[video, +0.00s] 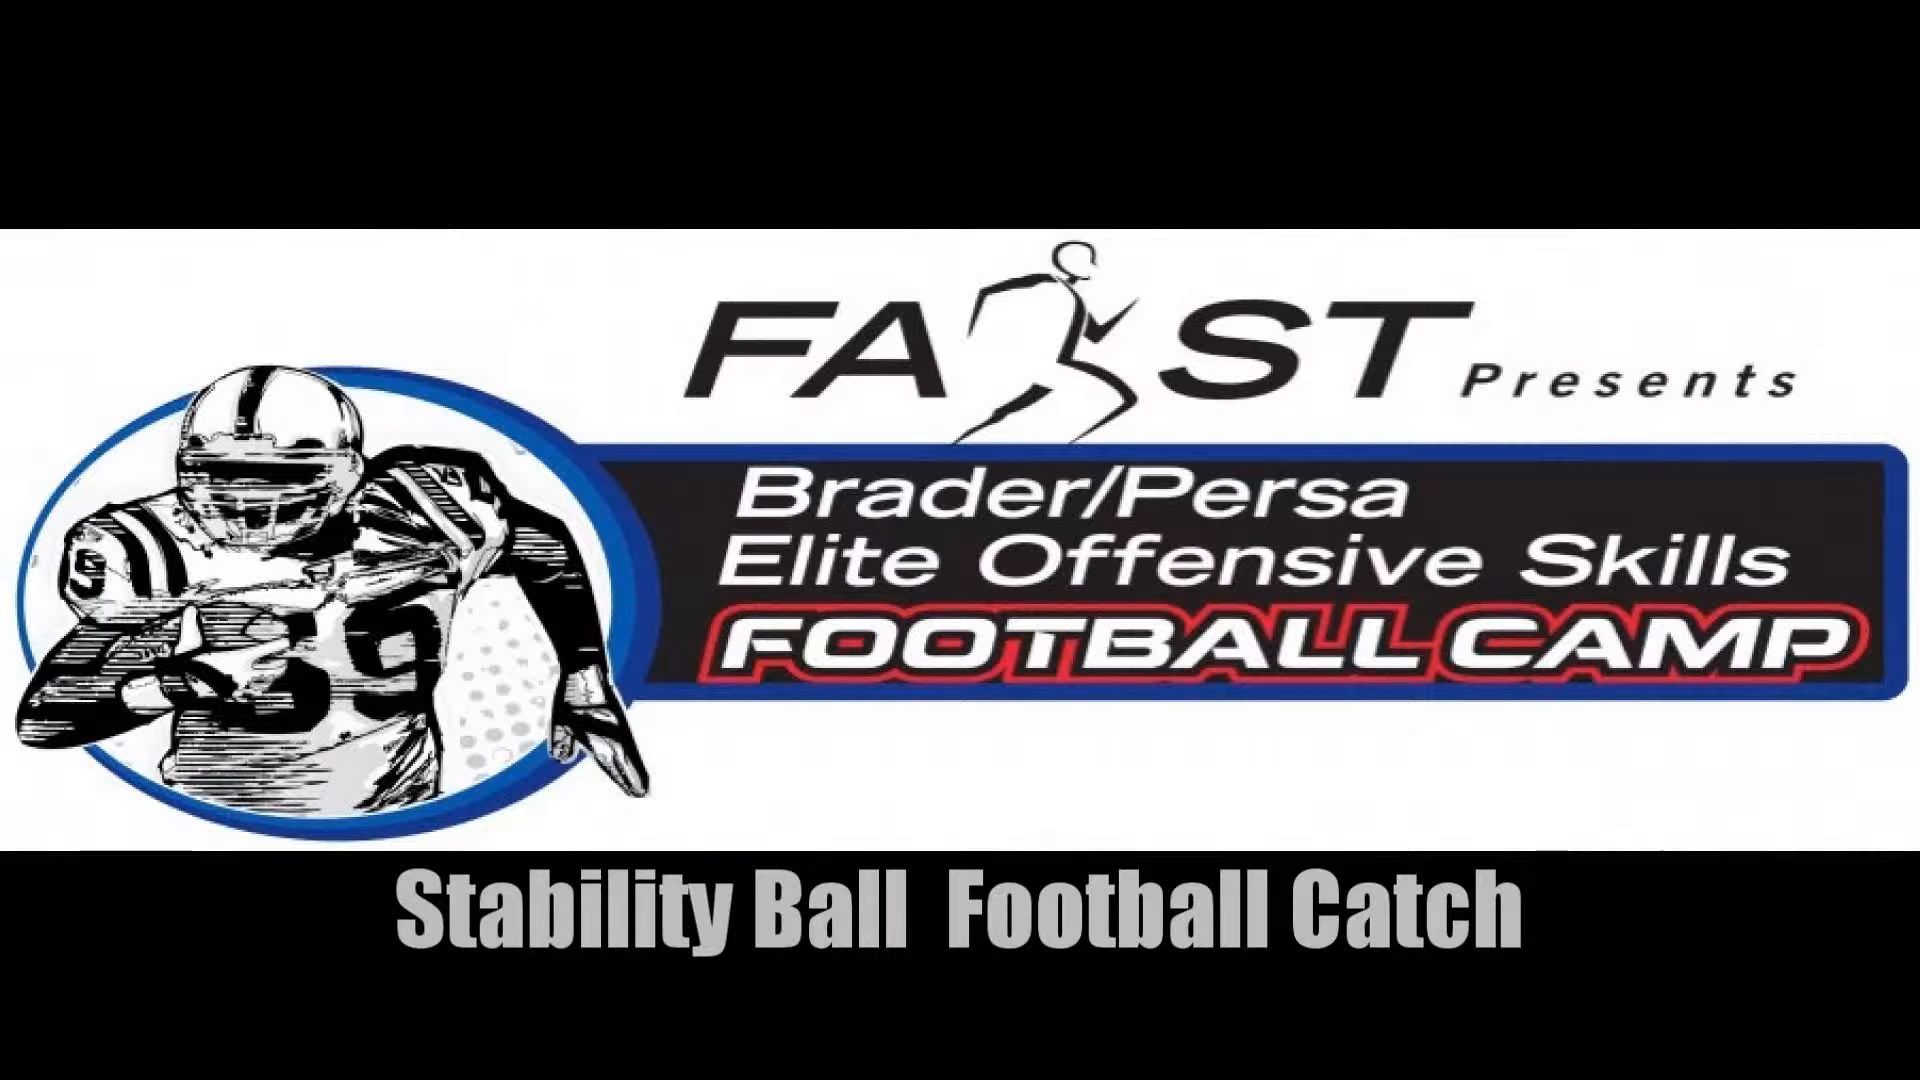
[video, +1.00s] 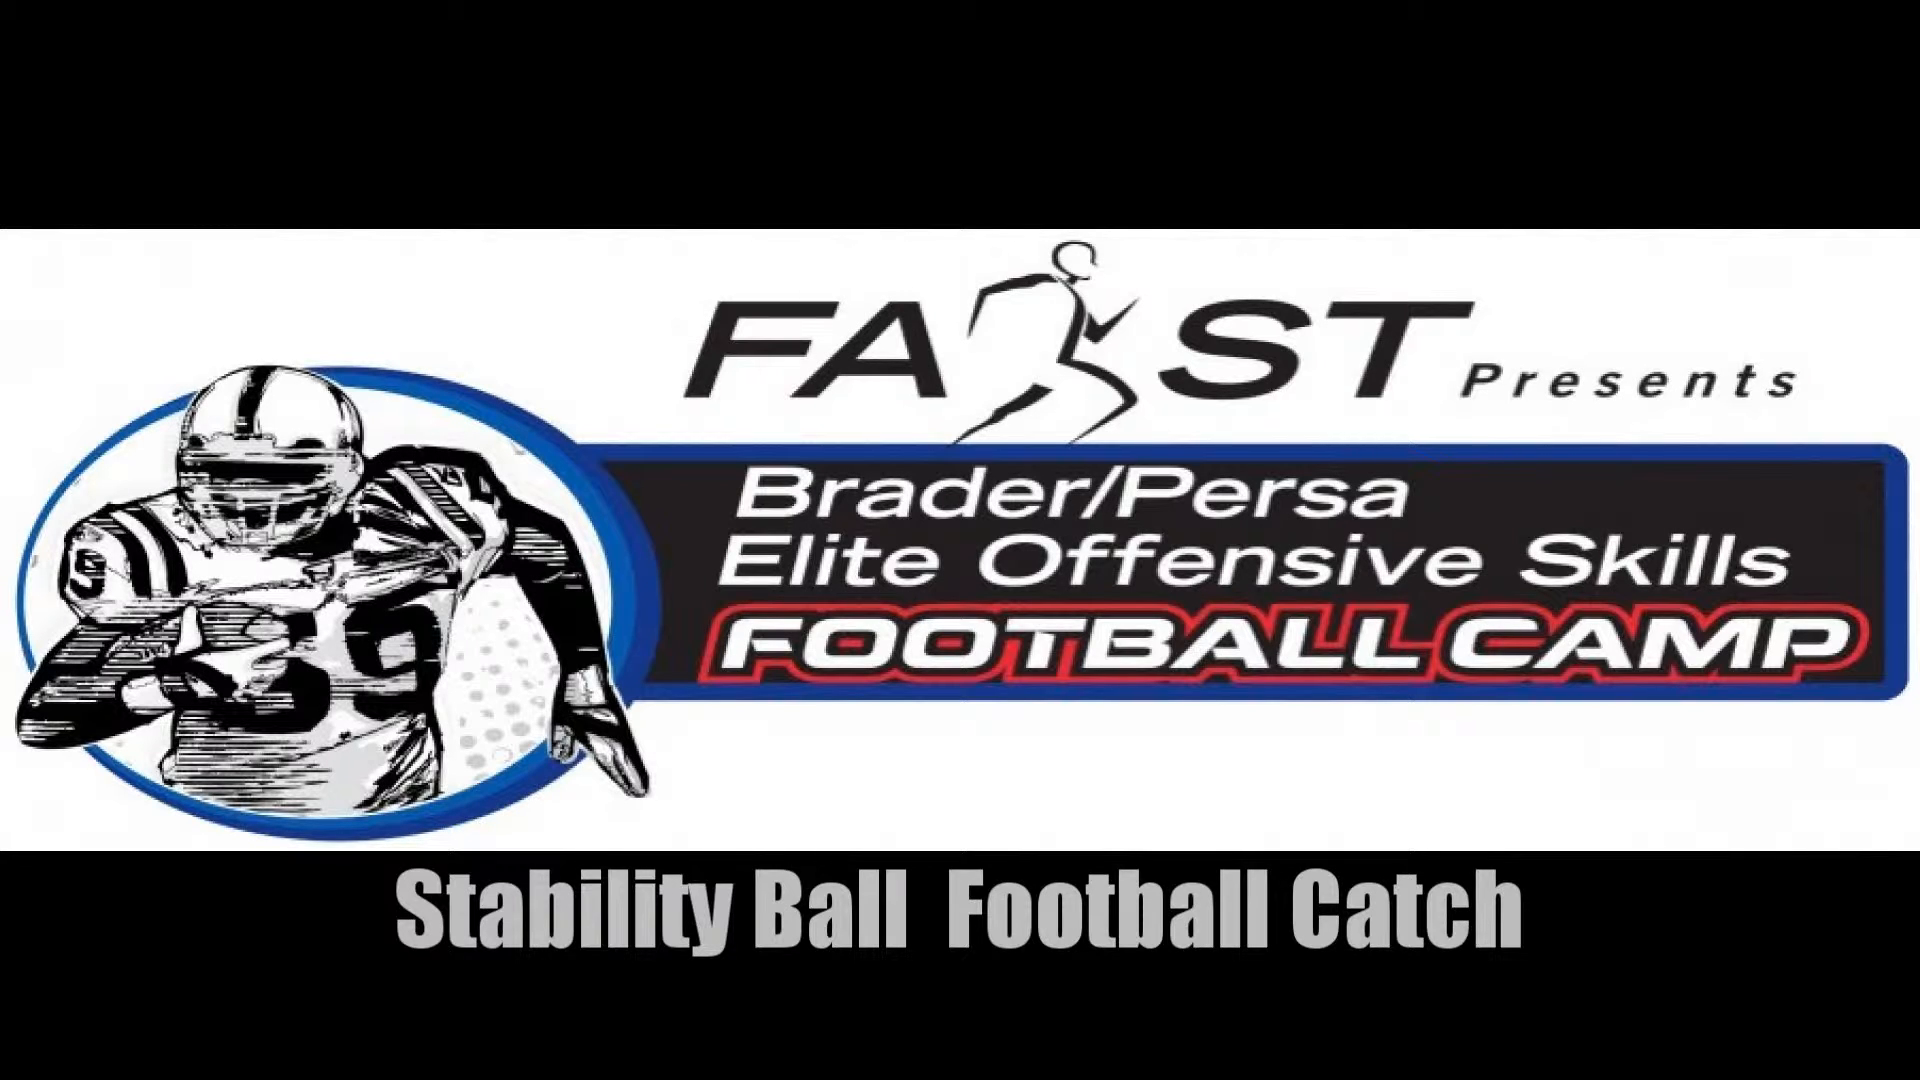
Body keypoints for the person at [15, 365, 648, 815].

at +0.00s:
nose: (253, 515)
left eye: (280, 493)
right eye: (230, 493)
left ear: (336, 479)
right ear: (195, 479)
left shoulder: (423, 508)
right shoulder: (140, 549)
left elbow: (546, 548)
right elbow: (43, 716)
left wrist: (585, 672)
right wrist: (172, 683)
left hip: (387, 812)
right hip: (219, 816)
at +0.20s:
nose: (248, 518)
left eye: (277, 496)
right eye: (227, 494)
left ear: (336, 482)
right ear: (194, 480)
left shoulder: (427, 510)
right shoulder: (140, 549)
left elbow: (544, 546)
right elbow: (43, 715)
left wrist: (585, 670)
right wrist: (178, 682)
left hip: (388, 811)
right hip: (219, 815)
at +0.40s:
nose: (252, 515)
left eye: (280, 494)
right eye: (229, 492)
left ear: (336, 480)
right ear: (194, 479)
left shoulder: (425, 508)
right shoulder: (142, 549)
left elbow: (546, 548)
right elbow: (43, 716)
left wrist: (585, 672)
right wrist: (175, 683)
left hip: (386, 813)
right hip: (218, 816)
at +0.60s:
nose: (248, 518)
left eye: (277, 496)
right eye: (227, 494)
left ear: (336, 482)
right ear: (194, 480)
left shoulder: (427, 510)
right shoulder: (140, 549)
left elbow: (544, 546)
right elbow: (43, 715)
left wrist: (585, 670)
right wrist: (178, 682)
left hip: (388, 811)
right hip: (219, 815)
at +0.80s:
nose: (248, 518)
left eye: (277, 496)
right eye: (227, 494)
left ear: (336, 482)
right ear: (194, 480)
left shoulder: (427, 510)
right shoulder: (140, 549)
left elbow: (544, 546)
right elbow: (43, 716)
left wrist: (585, 670)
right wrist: (178, 683)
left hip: (388, 811)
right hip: (219, 815)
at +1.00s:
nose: (248, 518)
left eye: (277, 496)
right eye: (227, 494)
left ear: (336, 482)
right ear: (194, 480)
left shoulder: (427, 510)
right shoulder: (140, 549)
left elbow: (544, 546)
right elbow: (43, 716)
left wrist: (585, 670)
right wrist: (178, 683)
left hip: (388, 811)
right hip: (219, 815)